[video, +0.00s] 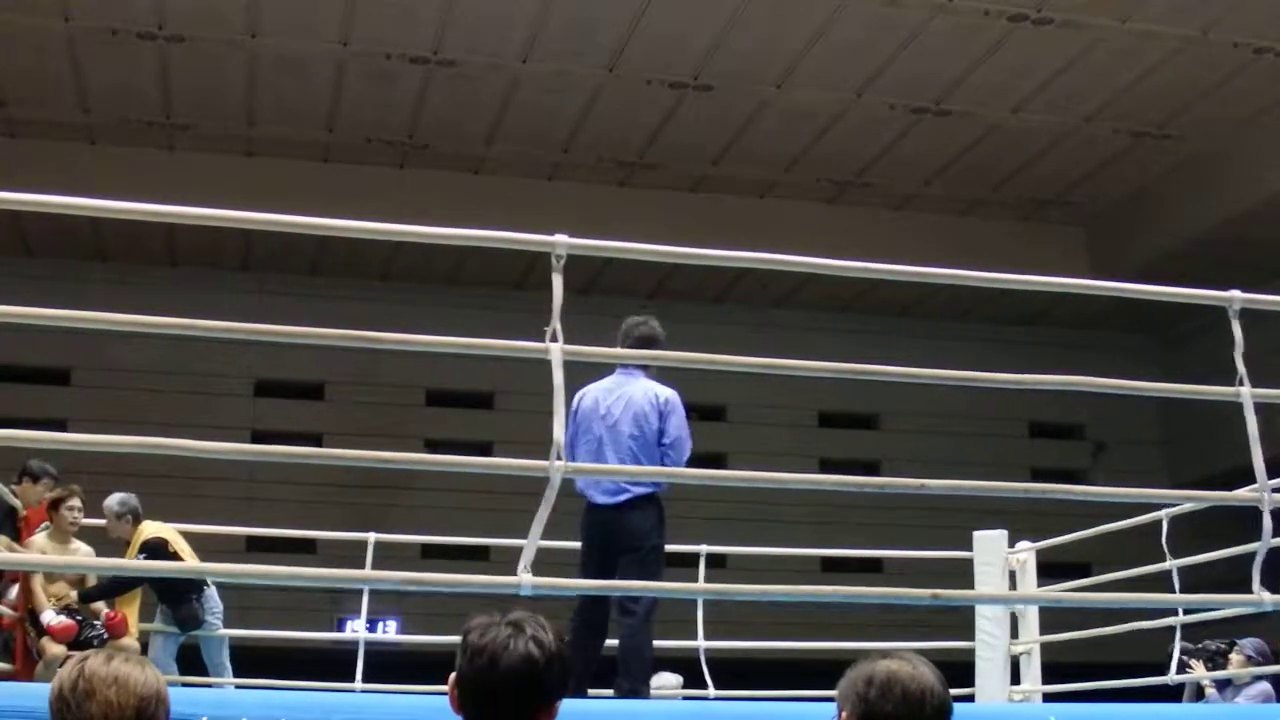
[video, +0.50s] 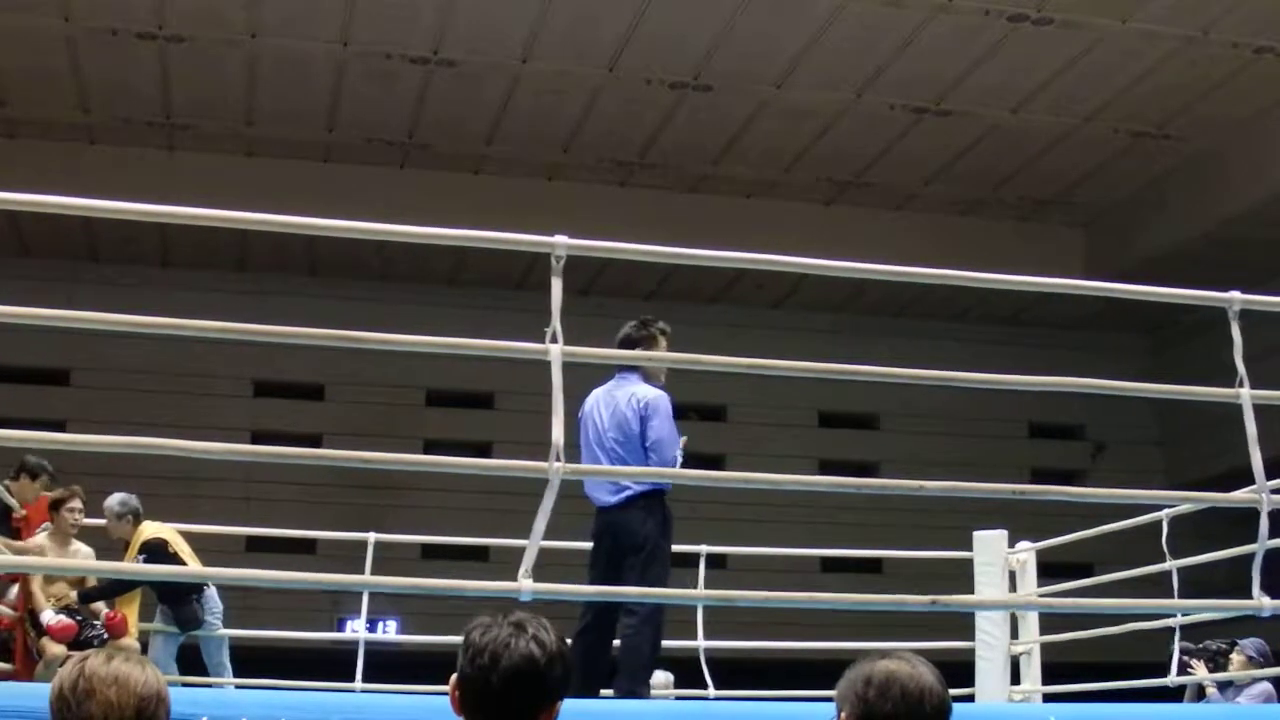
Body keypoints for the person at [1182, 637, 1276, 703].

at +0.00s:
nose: (1229, 656)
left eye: (1237, 653)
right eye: (1232, 652)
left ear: (1253, 661)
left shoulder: (1263, 689)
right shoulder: (1227, 690)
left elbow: (1228, 714)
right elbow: (1190, 712)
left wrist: (1206, 683)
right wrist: (1192, 679)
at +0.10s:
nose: (1229, 656)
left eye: (1237, 653)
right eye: (1232, 652)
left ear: (1253, 662)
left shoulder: (1263, 689)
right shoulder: (1227, 689)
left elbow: (1228, 714)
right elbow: (1189, 712)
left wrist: (1206, 683)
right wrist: (1192, 680)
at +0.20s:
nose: (1229, 656)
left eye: (1237, 653)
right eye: (1232, 652)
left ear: (1254, 662)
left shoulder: (1263, 689)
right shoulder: (1228, 690)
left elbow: (1228, 714)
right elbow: (1190, 712)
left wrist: (1206, 682)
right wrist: (1192, 679)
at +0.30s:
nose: (1230, 656)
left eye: (1237, 653)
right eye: (1232, 652)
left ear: (1253, 661)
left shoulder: (1263, 688)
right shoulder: (1227, 690)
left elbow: (1229, 714)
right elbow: (1190, 713)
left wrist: (1206, 682)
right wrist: (1192, 679)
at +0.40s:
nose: (1230, 656)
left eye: (1237, 653)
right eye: (1232, 652)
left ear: (1253, 662)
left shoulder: (1263, 689)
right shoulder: (1228, 690)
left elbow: (1229, 713)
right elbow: (1190, 712)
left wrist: (1206, 682)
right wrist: (1194, 679)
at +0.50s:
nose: (1230, 656)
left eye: (1238, 653)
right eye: (1233, 652)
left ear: (1254, 662)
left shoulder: (1264, 689)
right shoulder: (1228, 691)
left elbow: (1229, 714)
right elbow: (1190, 712)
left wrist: (1207, 682)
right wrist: (1194, 679)